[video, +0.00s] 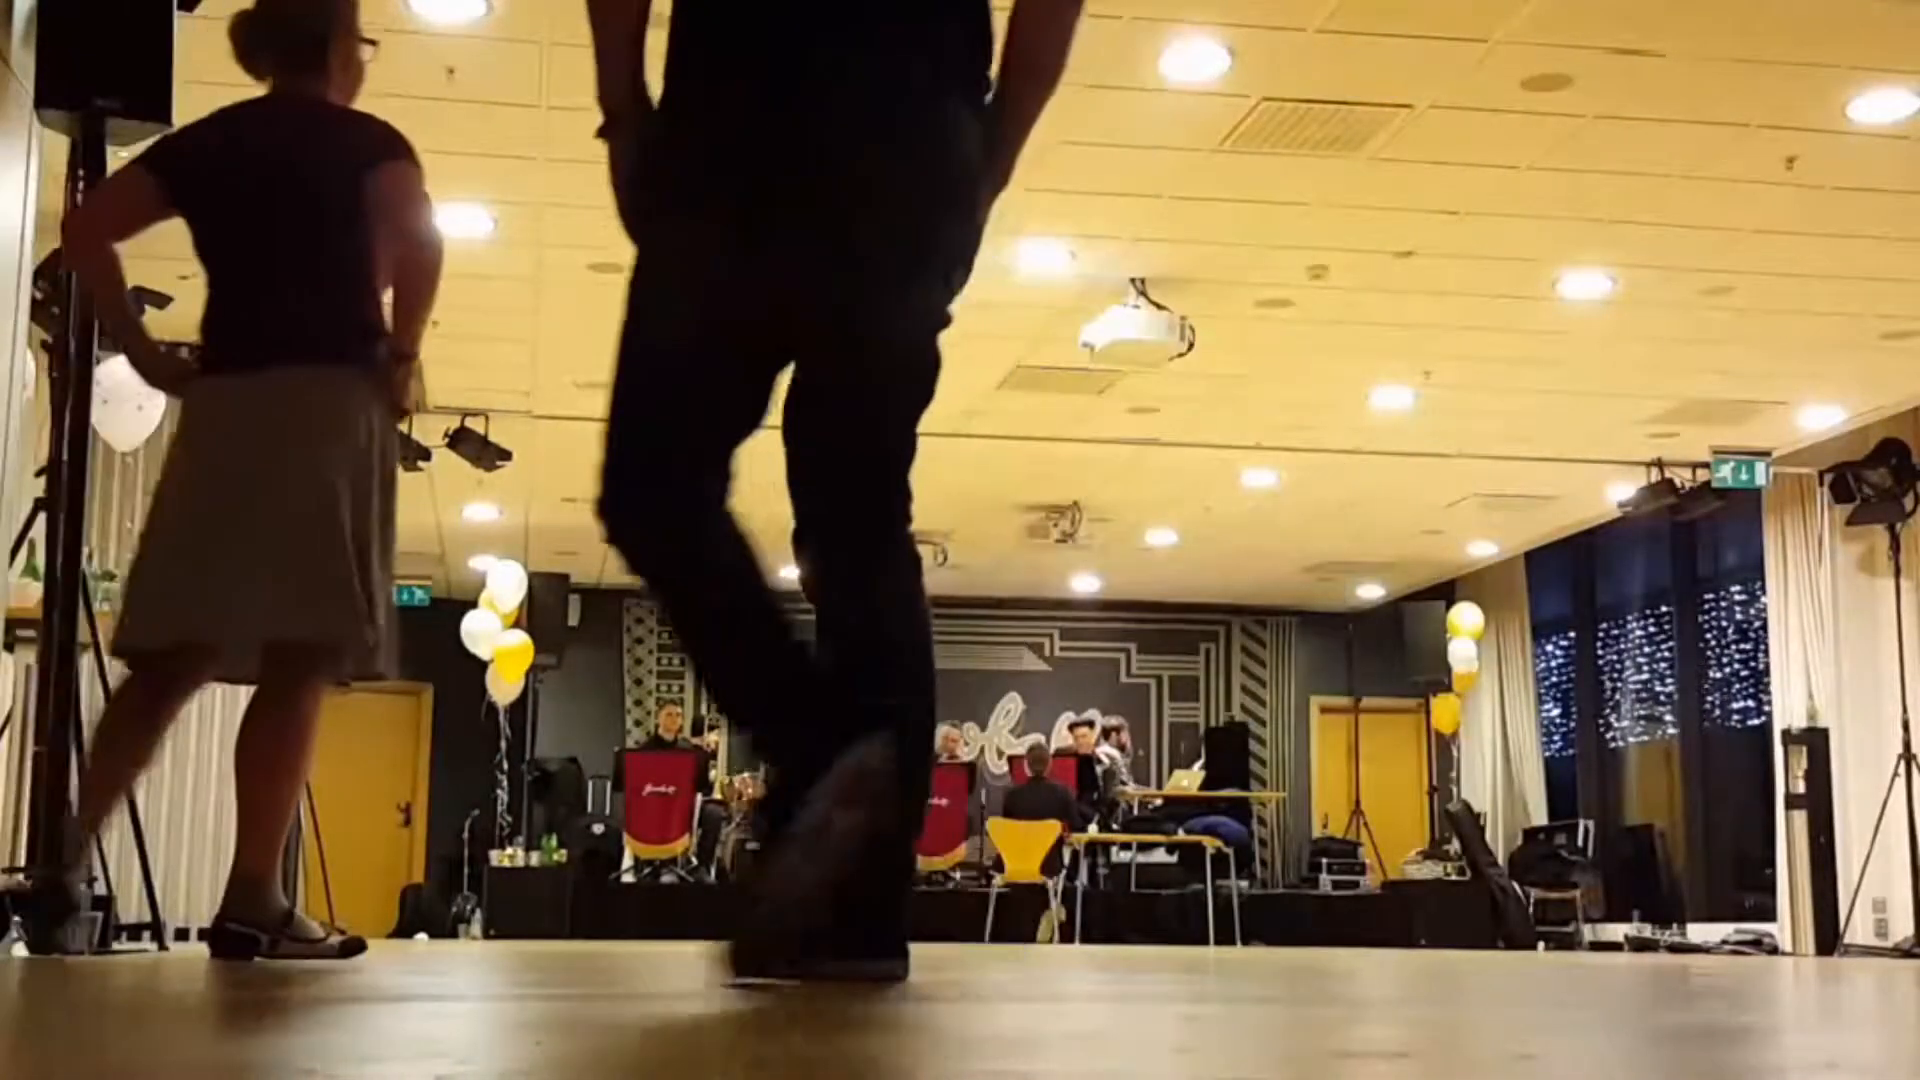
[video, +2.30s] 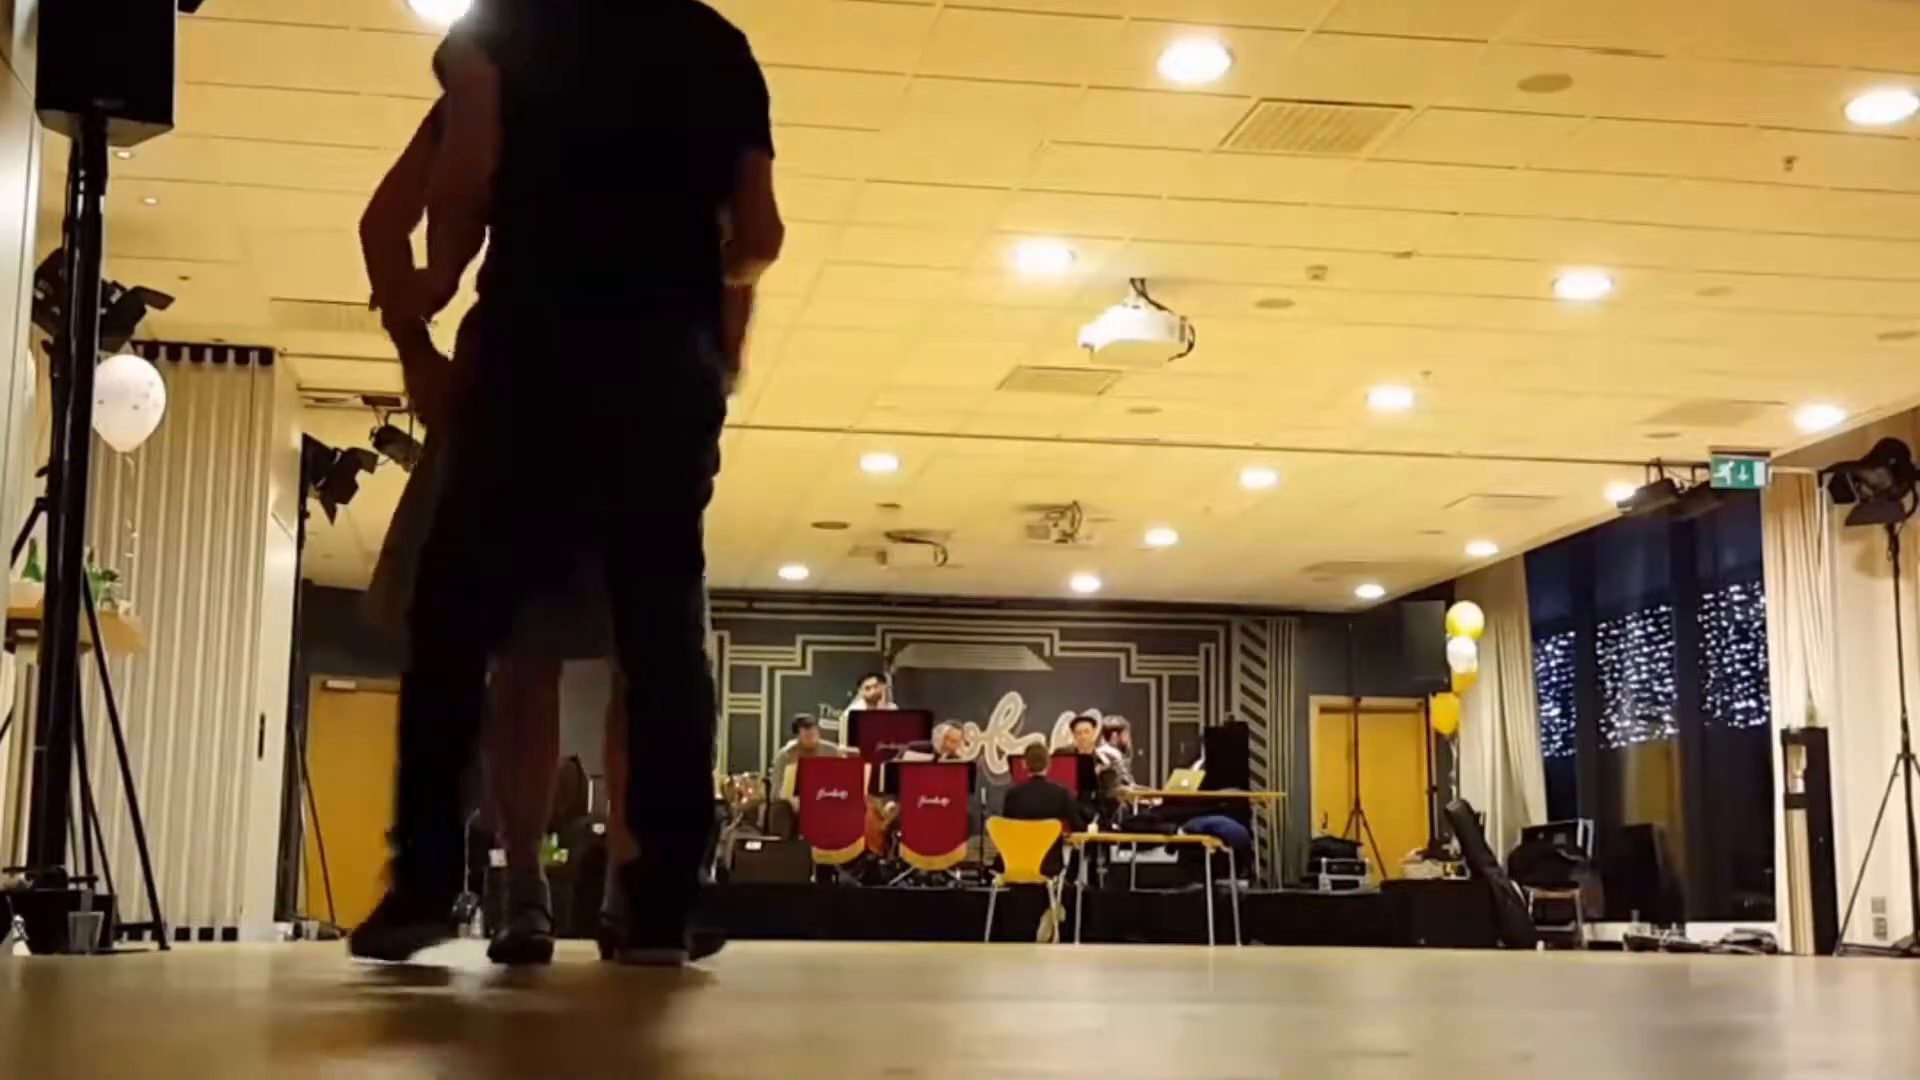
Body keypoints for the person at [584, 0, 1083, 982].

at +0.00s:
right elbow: (1055, 1)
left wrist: (625, 112)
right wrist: (992, 154)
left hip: (734, 121)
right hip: (922, 136)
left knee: (657, 494)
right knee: (859, 513)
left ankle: (818, 754)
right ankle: (864, 911)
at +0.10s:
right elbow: (1029, 5)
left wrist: (608, 117)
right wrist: (971, 165)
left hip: (716, 133)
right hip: (901, 146)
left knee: (618, 490)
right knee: (854, 520)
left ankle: (712, 812)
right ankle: (865, 901)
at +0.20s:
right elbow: (1008, 4)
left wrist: (598, 133)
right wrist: (945, 167)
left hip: (691, 136)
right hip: (874, 151)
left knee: (599, 514)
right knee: (849, 523)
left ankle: (612, 886)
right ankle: (865, 903)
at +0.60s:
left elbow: (490, 51)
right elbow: (882, 51)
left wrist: (527, 218)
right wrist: (845, 241)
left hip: (580, 227)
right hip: (748, 225)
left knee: (539, 570)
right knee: (785, 548)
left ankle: (514, 904)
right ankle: (850, 846)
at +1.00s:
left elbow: (389, 47)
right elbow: (780, 84)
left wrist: (379, 199)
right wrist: (759, 261)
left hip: (506, 275)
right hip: (665, 276)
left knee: (501, 597)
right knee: (689, 589)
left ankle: (513, 907)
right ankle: (712, 895)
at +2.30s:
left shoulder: (496, 24)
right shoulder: (719, 40)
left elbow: (462, 191)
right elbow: (761, 234)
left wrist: (436, 279)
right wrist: (700, 275)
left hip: (526, 362)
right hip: (664, 371)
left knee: (450, 628)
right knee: (666, 644)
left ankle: (425, 884)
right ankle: (657, 909)